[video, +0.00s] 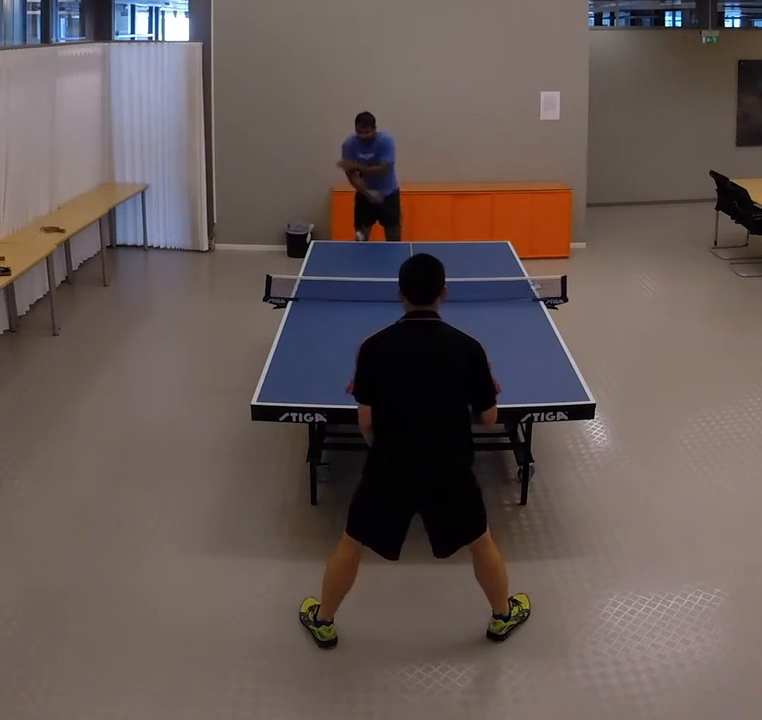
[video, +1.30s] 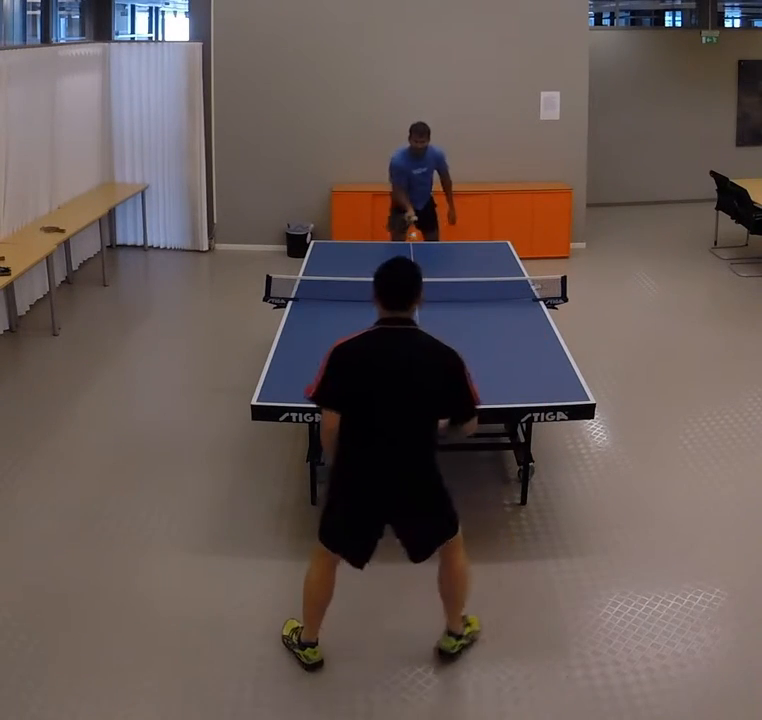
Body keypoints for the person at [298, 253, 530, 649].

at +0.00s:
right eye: (439, 285)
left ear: (400, 292)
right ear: (443, 291)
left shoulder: (375, 348)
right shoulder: (466, 348)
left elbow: (366, 421)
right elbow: (489, 416)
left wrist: (383, 450)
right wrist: (486, 389)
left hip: (390, 468)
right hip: (448, 468)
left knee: (352, 542)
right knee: (480, 541)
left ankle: (323, 621)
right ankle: (502, 616)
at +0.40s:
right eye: (484, 282)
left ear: (442, 288)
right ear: (485, 288)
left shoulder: (416, 341)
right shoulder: (507, 343)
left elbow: (392, 409)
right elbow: (527, 409)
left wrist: (404, 446)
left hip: (421, 462)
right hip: (478, 464)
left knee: (376, 543)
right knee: (501, 532)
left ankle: (331, 612)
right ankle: (503, 613)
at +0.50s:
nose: (490, 283)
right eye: (494, 277)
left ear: (450, 282)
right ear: (493, 281)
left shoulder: (424, 332)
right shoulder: (515, 334)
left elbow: (400, 399)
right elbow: (544, 409)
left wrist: (407, 438)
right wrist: (558, 431)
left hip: (434, 454)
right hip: (492, 458)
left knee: (393, 539)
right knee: (505, 532)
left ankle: (357, 620)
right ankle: (502, 613)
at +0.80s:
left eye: (453, 273)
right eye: (494, 272)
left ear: (452, 279)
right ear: (496, 278)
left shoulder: (430, 333)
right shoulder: (514, 331)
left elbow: (417, 403)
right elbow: (503, 386)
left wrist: (416, 442)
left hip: (440, 450)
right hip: (494, 452)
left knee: (396, 533)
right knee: (501, 538)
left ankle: (364, 616)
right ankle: (504, 613)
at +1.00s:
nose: (425, 290)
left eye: (424, 284)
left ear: (424, 290)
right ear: (466, 290)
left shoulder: (403, 349)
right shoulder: (485, 344)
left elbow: (392, 423)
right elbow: (454, 381)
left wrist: (388, 455)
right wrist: (393, 364)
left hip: (413, 465)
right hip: (465, 463)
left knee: (361, 549)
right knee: (488, 535)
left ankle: (317, 627)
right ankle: (503, 612)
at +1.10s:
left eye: (399, 292)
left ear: (397, 297)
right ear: (440, 299)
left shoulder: (372, 356)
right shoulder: (461, 357)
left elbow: (360, 428)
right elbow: (462, 417)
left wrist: (370, 468)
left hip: (385, 478)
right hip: (442, 477)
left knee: (340, 553)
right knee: (477, 543)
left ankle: (311, 640)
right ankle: (501, 614)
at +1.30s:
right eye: (415, 291)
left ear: (375, 296)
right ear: (420, 297)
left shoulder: (346, 353)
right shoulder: (442, 357)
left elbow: (329, 425)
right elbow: (466, 422)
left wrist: (336, 463)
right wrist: (431, 426)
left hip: (356, 479)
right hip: (416, 479)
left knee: (326, 555)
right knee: (451, 544)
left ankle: (308, 640)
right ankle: (454, 631)